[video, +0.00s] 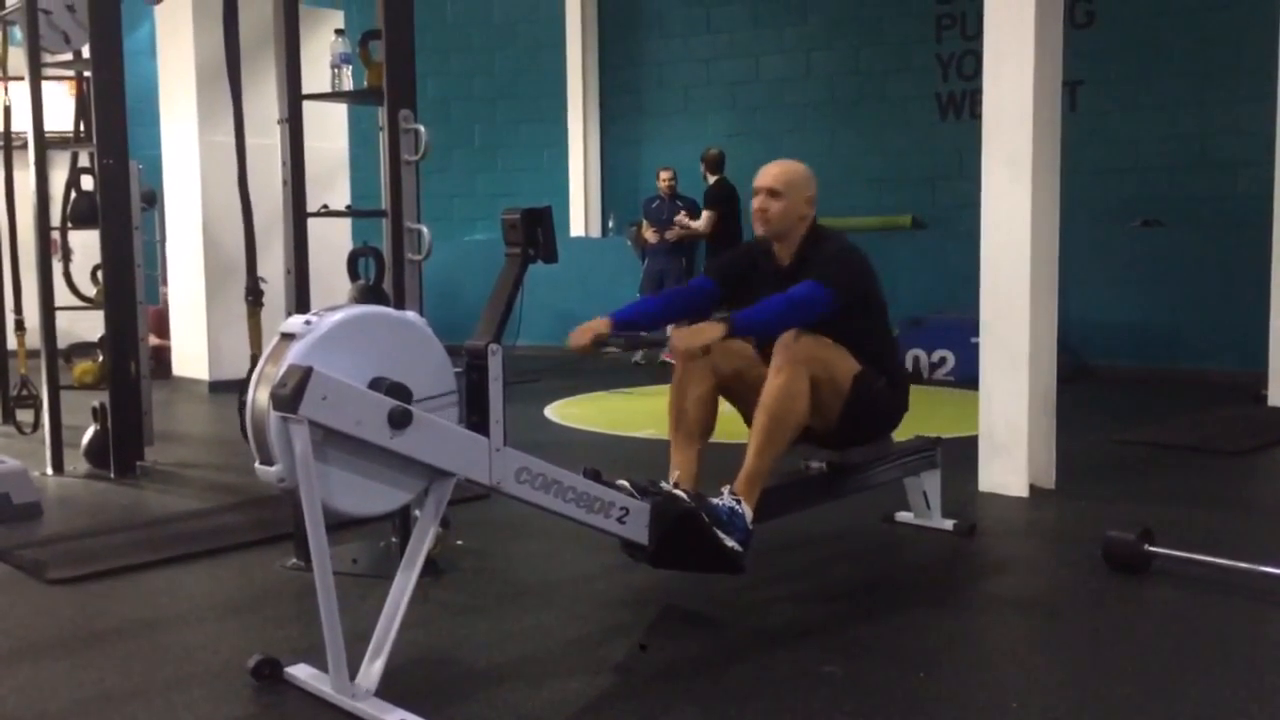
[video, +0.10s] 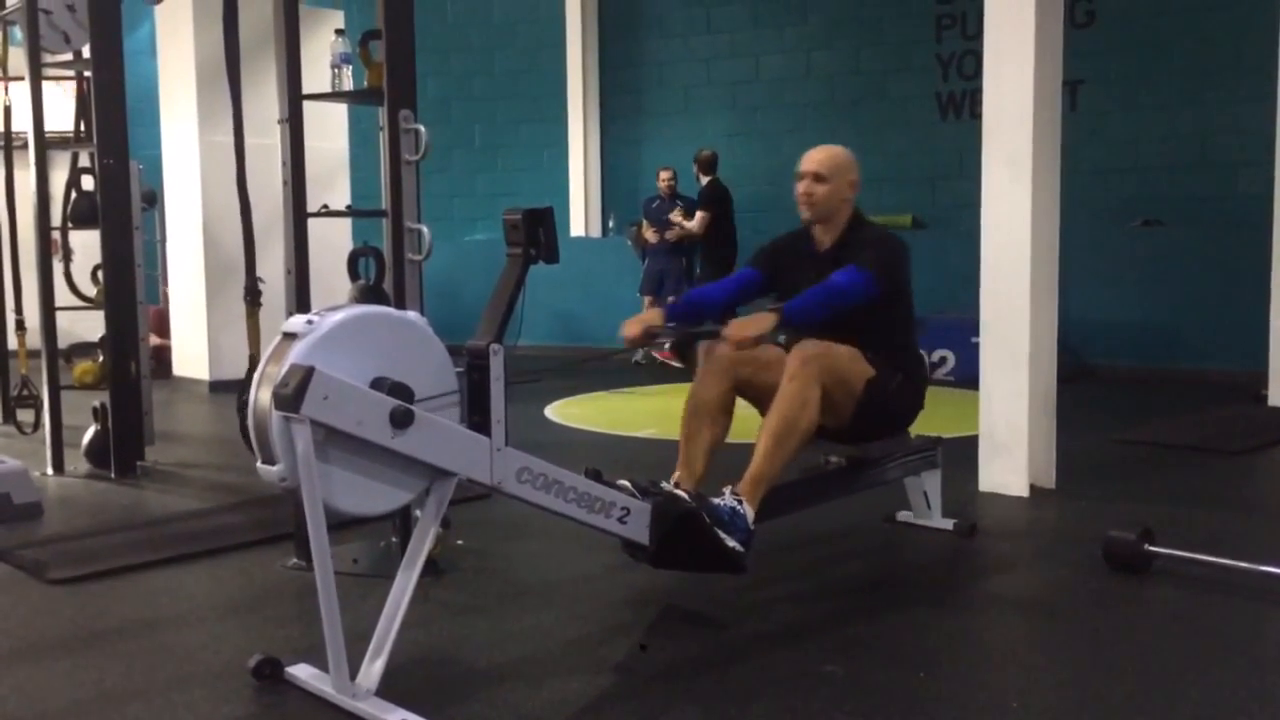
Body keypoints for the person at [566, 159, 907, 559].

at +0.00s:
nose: (759, 205)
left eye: (773, 196)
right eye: (756, 195)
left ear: (807, 206)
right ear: (751, 200)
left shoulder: (840, 258)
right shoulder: (751, 258)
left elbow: (800, 306)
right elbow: (693, 298)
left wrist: (723, 326)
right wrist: (610, 323)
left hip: (865, 410)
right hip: (793, 412)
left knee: (795, 345)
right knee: (698, 349)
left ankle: (740, 507)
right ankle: (680, 490)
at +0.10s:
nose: (803, 189)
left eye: (818, 180)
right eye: (800, 179)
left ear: (849, 190)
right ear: (795, 185)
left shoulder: (882, 249)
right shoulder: (789, 248)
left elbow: (839, 292)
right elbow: (729, 292)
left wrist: (775, 316)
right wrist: (663, 313)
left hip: (884, 396)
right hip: (810, 393)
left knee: (809, 356)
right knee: (718, 356)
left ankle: (742, 508)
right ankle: (681, 491)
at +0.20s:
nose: (852, 181)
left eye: (864, 172)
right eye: (847, 172)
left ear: (894, 181)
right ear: (842, 179)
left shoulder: (920, 242)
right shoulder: (825, 243)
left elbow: (882, 283)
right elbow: (772, 286)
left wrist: (821, 305)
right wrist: (710, 309)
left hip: (902, 384)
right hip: (827, 376)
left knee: (819, 376)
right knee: (737, 373)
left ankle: (742, 511)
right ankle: (681, 491)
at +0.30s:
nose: (893, 184)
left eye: (906, 175)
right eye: (888, 175)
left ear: (934, 183)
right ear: (882, 181)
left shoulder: (955, 243)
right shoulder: (858, 248)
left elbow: (934, 290)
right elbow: (812, 294)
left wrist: (871, 304)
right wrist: (758, 309)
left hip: (918, 374)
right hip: (852, 366)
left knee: (829, 398)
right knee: (763, 390)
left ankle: (744, 510)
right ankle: (680, 493)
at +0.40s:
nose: (926, 202)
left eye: (939, 194)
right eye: (921, 193)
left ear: (965, 204)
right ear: (914, 200)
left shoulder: (987, 260)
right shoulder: (889, 260)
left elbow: (977, 311)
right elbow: (849, 308)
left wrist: (920, 307)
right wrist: (809, 314)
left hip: (927, 371)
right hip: (866, 360)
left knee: (838, 415)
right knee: (792, 402)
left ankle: (747, 506)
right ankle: (686, 489)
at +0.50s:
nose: (941, 223)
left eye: (954, 216)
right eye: (937, 215)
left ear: (981, 223)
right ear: (930, 220)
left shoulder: (1000, 279)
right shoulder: (908, 274)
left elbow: (1028, 335)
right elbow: (866, 340)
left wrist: (966, 308)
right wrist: (841, 323)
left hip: (928, 377)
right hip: (869, 366)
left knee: (841, 426)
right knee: (801, 410)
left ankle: (749, 508)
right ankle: (688, 494)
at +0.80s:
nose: (906, 208)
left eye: (917, 198)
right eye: (900, 199)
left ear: (945, 198)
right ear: (895, 201)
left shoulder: (982, 259)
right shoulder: (879, 262)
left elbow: (1001, 325)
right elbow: (836, 328)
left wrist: (940, 304)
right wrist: (814, 317)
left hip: (930, 380)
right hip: (868, 369)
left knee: (839, 406)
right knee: (790, 398)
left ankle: (750, 512)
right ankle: (697, 495)